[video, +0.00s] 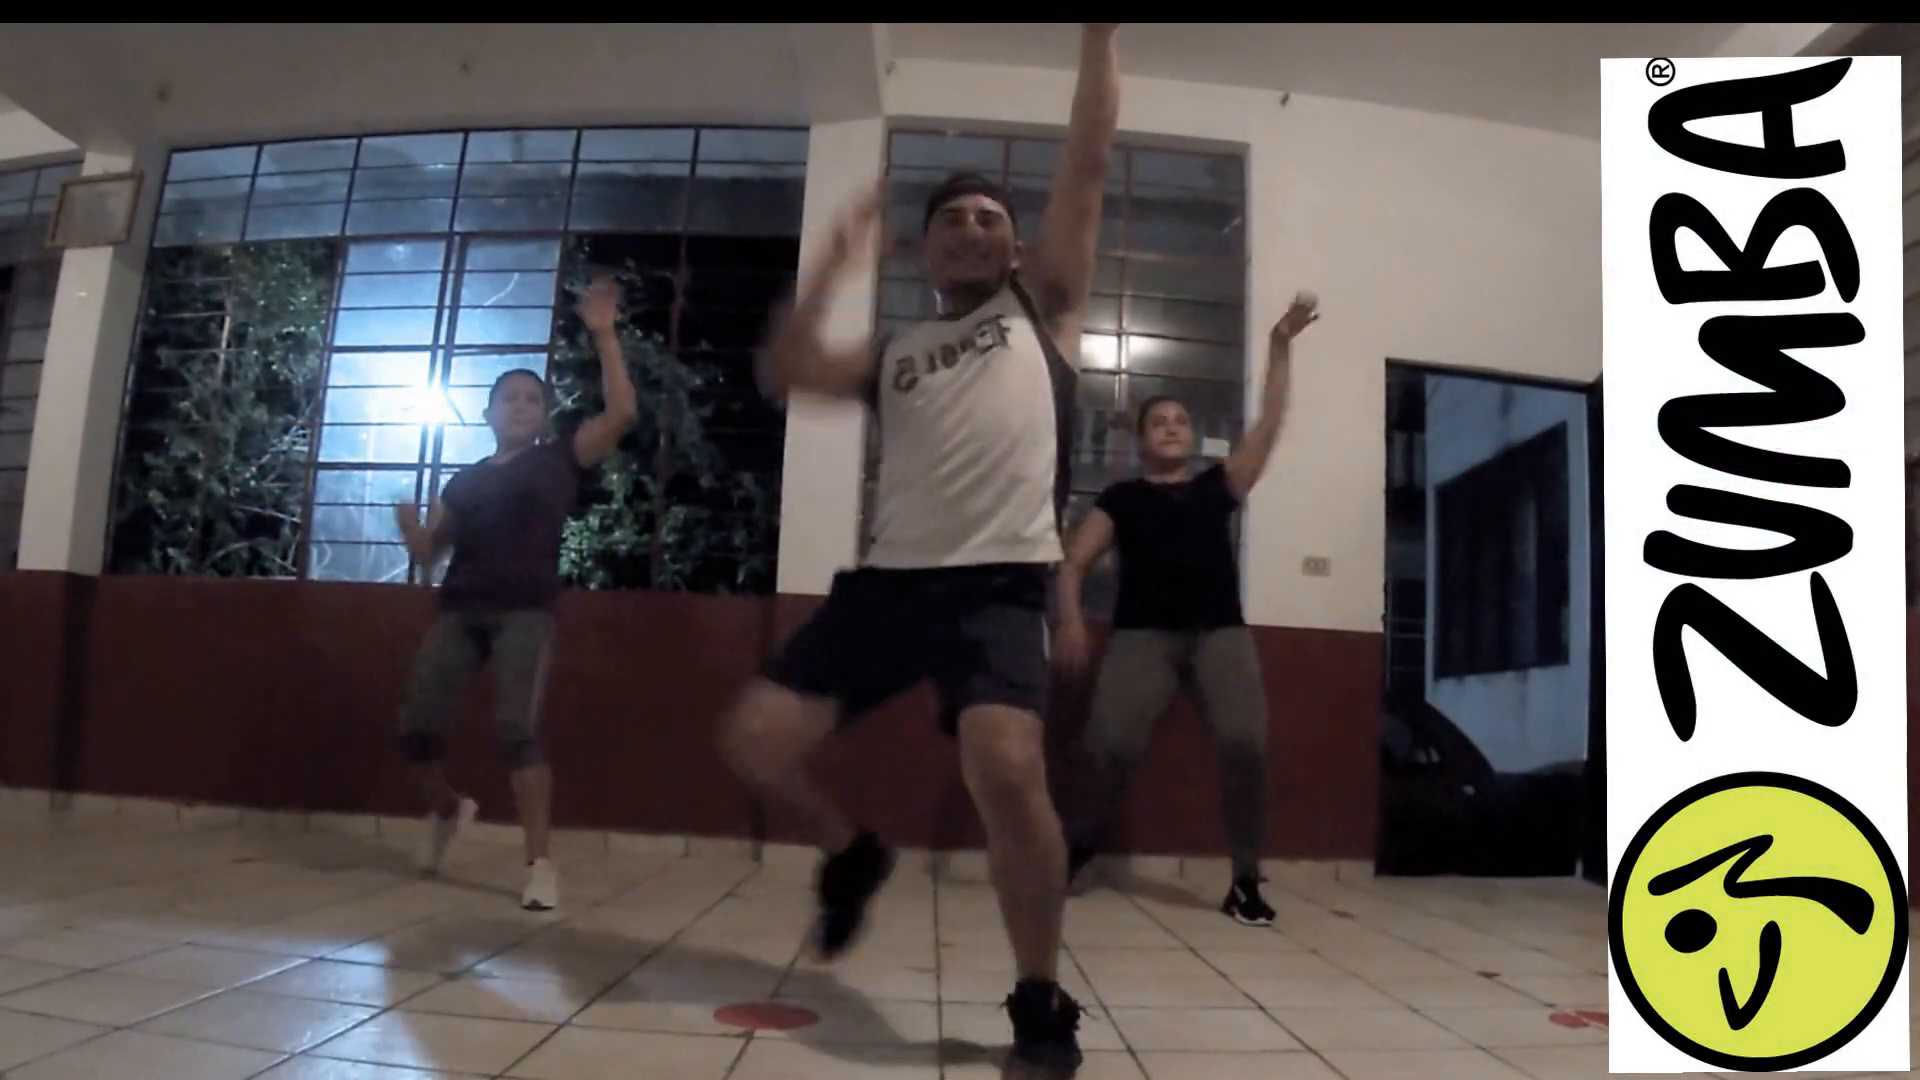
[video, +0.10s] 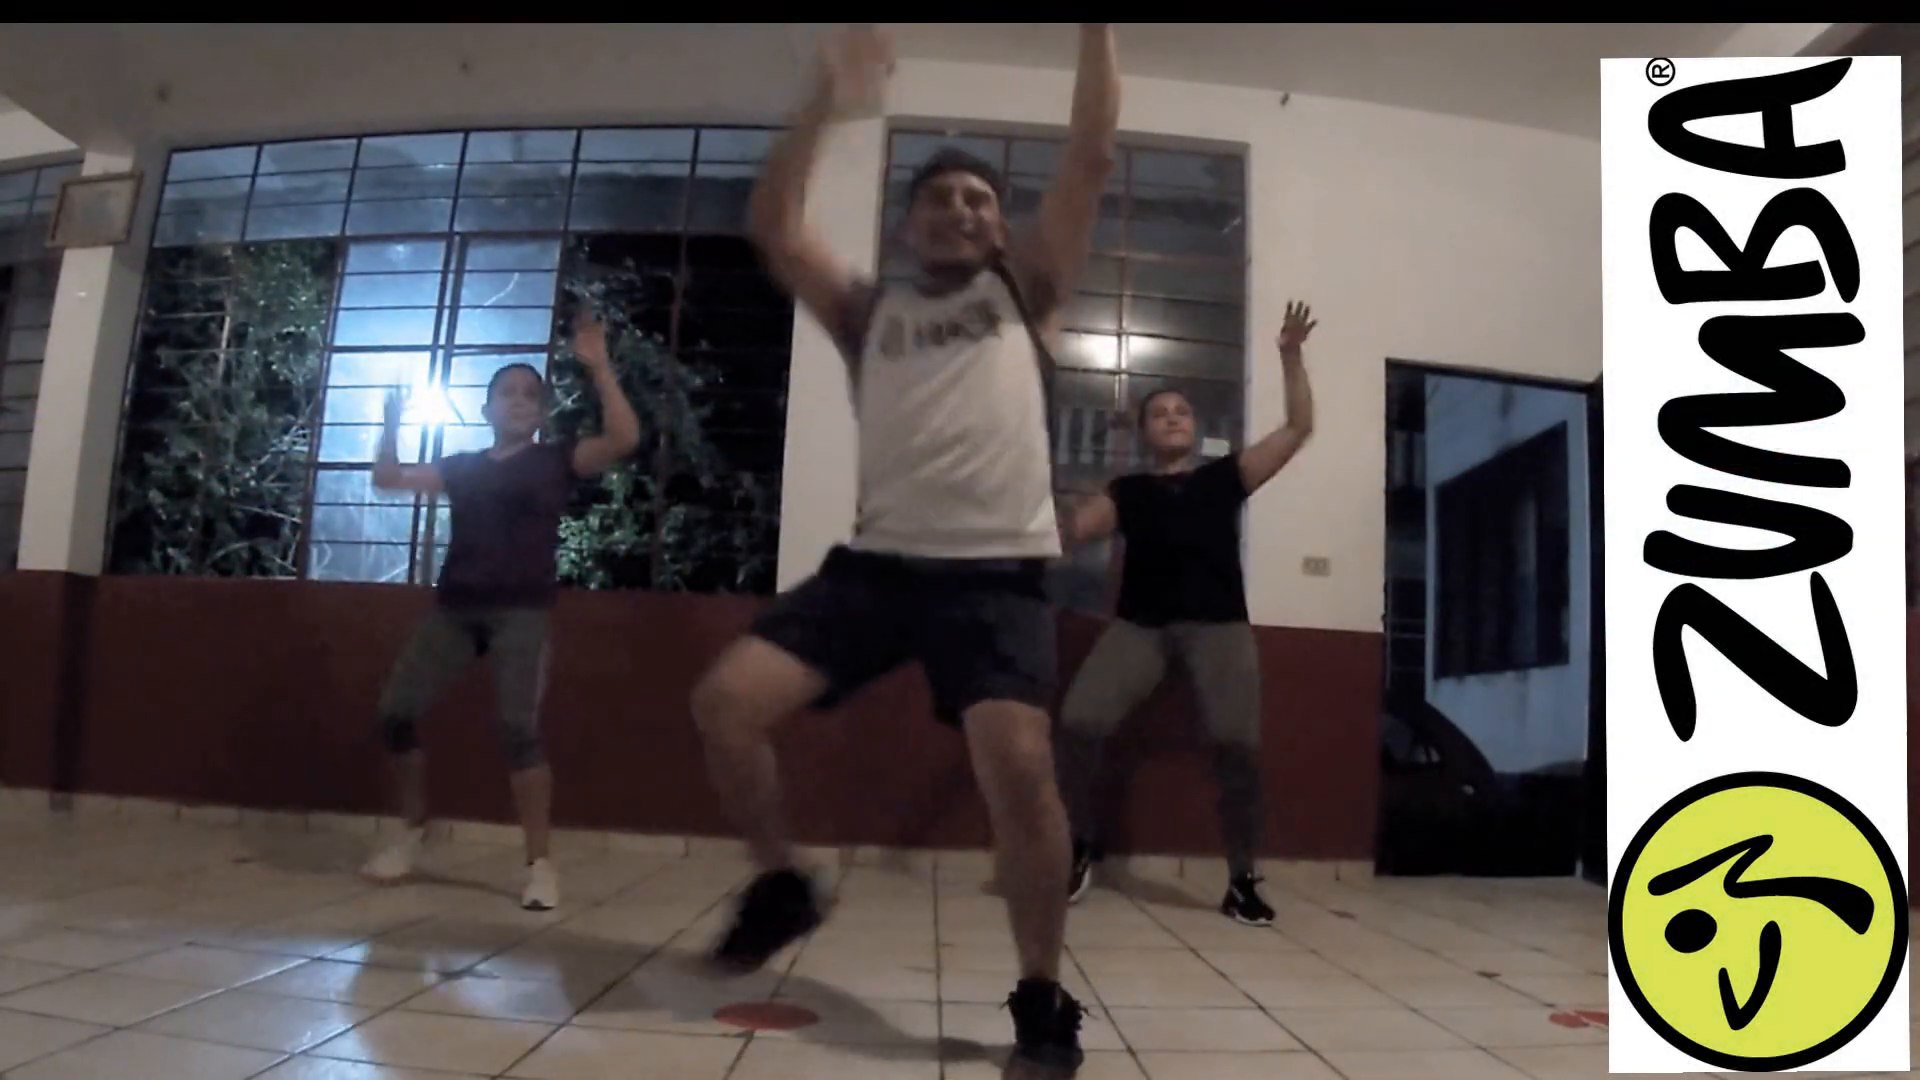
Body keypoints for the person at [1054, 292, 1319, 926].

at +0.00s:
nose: (1170, 430)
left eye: (1179, 423)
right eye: (1159, 423)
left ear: (1193, 436)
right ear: (1140, 438)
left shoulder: (1219, 485)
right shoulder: (1123, 498)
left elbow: (1269, 423)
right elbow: (1071, 562)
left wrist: (1280, 345)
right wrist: (1069, 626)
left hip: (1219, 635)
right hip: (1142, 637)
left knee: (1244, 741)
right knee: (1109, 743)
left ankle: (1247, 880)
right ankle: (1073, 857)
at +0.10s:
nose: (1173, 419)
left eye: (1182, 413)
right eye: (1162, 413)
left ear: (1198, 429)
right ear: (1144, 431)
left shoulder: (1225, 478)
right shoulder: (1127, 491)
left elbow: (1299, 428)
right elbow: (1076, 527)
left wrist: (1292, 355)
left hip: (1218, 626)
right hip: (1139, 626)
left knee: (1236, 743)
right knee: (1080, 723)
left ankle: (1243, 880)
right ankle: (1079, 849)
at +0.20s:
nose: (1167, 410)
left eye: (1175, 403)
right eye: (1155, 405)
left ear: (1190, 417)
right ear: (1135, 422)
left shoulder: (1221, 467)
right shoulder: (1122, 476)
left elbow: (1306, 448)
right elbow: (1058, 474)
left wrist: (1297, 374)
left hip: (1210, 619)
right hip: (1133, 616)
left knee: (1227, 737)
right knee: (1075, 716)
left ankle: (1242, 878)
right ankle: (1044, 857)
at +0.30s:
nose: (1156, 406)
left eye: (1164, 401)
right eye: (1143, 401)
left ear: (1179, 419)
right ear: (1122, 421)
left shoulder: (1207, 475)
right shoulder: (1110, 471)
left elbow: (1290, 487)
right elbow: (1066, 411)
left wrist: (1296, 423)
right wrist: (1078, 336)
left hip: (1197, 614)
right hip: (1120, 611)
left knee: (1219, 740)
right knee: (1077, 730)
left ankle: (1241, 876)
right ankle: (1029, 860)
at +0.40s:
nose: (1145, 417)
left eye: (1154, 411)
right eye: (1134, 410)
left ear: (1166, 428)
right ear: (1114, 424)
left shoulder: (1185, 492)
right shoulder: (1095, 477)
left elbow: (1242, 548)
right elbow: (1071, 396)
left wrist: (1261, 508)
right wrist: (1083, 323)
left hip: (1178, 625)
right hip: (1100, 622)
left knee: (1207, 746)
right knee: (1069, 740)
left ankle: (1237, 878)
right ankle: (1036, 870)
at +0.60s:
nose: (1139, 406)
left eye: (1147, 403)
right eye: (1126, 400)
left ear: (1156, 424)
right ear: (1105, 419)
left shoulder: (1155, 487)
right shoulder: (1081, 459)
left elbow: (1148, 555)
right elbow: (1048, 384)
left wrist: (1154, 607)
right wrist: (1090, 327)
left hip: (1153, 623)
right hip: (1083, 621)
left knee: (1206, 722)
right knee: (1063, 733)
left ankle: (1218, 858)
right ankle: (1033, 865)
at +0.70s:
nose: (1138, 409)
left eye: (1146, 404)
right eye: (1127, 402)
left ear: (1157, 423)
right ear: (1106, 417)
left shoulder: (1153, 487)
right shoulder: (1082, 461)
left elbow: (1150, 555)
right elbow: (1050, 394)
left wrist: (1157, 610)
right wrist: (1092, 331)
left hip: (1156, 622)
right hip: (1088, 620)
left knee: (1203, 725)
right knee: (1069, 735)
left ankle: (1182, 832)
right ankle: (1034, 864)